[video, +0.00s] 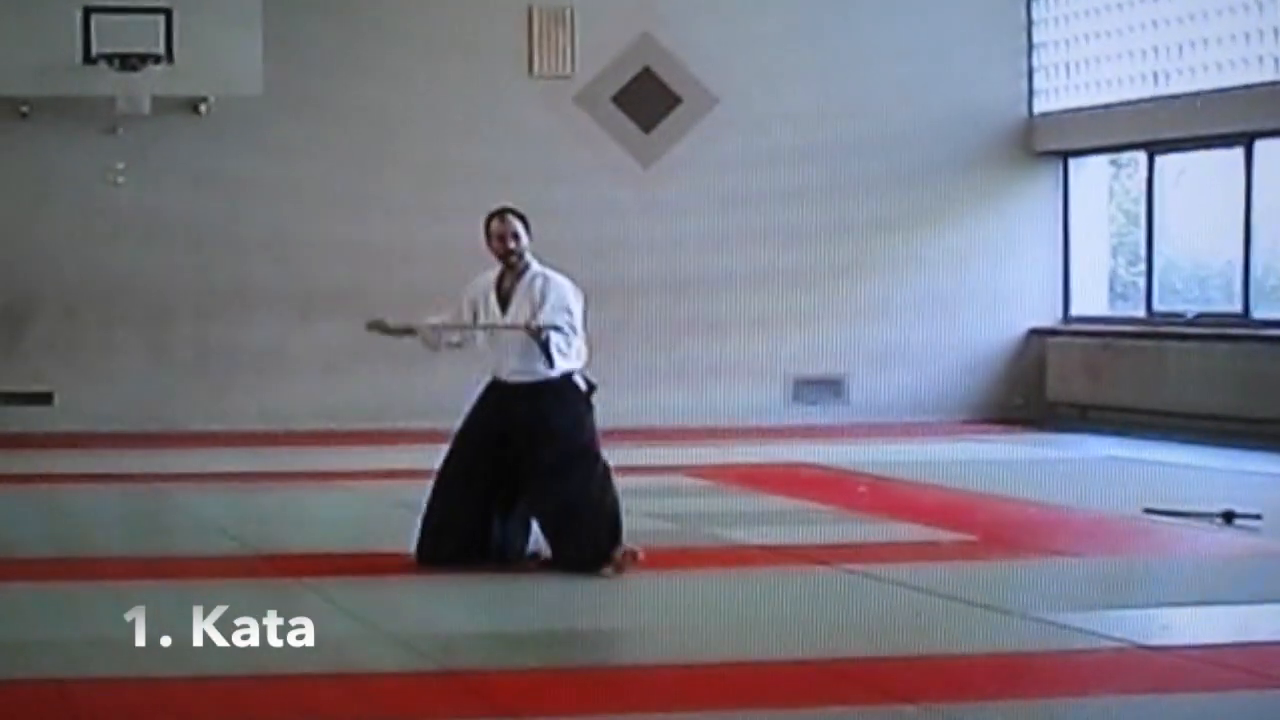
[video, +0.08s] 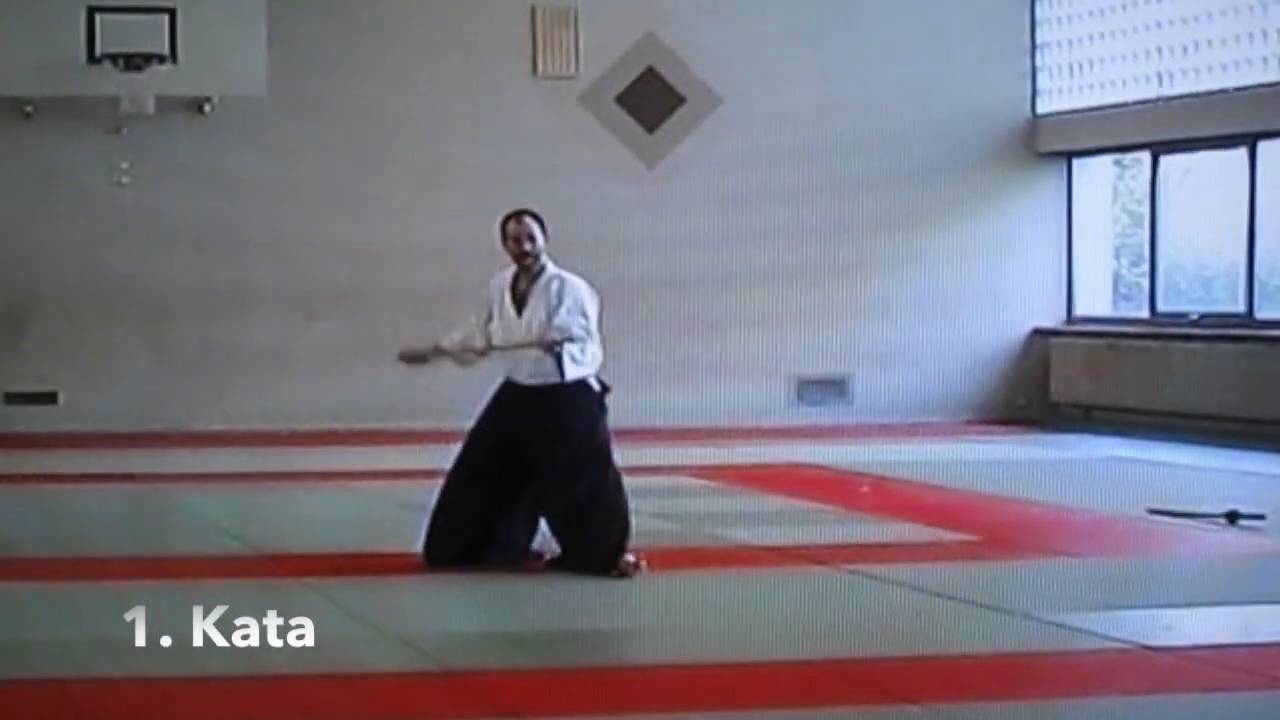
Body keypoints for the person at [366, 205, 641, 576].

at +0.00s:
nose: (509, 245)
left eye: (515, 236)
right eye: (499, 239)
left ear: (528, 238)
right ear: (490, 246)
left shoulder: (556, 289)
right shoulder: (481, 290)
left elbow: (572, 351)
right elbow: (457, 335)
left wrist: (545, 338)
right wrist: (410, 330)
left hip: (553, 395)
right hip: (503, 393)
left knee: (574, 476)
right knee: (471, 470)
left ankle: (602, 551)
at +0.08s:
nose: (524, 247)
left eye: (530, 238)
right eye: (515, 241)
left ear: (544, 241)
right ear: (506, 247)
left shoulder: (571, 289)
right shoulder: (499, 289)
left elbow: (583, 346)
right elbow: (479, 343)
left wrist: (556, 346)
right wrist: (434, 352)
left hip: (566, 398)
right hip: (516, 395)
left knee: (583, 480)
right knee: (483, 470)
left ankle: (604, 555)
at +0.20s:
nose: (555, 246)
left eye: (561, 238)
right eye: (546, 239)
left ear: (574, 241)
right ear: (536, 245)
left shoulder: (600, 288)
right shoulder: (530, 288)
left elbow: (617, 353)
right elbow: (520, 349)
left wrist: (585, 369)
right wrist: (493, 383)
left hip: (600, 399)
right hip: (547, 395)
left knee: (610, 479)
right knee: (509, 472)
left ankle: (617, 557)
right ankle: (478, 559)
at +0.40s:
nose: (592, 235)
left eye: (599, 227)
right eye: (584, 228)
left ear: (611, 230)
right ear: (572, 233)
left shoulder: (633, 279)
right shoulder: (555, 279)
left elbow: (647, 338)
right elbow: (538, 335)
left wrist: (616, 368)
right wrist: (561, 373)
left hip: (621, 385)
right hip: (573, 384)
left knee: (623, 471)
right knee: (558, 468)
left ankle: (626, 557)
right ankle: (541, 551)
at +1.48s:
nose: (555, 235)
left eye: (561, 227)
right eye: (546, 230)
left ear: (575, 230)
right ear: (538, 239)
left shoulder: (600, 280)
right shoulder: (530, 291)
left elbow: (623, 336)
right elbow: (511, 344)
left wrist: (613, 371)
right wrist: (518, 369)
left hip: (597, 391)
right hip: (546, 392)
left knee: (615, 472)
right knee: (511, 466)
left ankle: (635, 560)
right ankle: (504, 547)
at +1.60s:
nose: (534, 235)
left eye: (539, 226)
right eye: (525, 230)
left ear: (554, 227)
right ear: (517, 238)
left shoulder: (577, 276)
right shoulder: (513, 283)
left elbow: (591, 339)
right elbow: (485, 319)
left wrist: (556, 360)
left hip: (571, 387)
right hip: (525, 387)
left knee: (594, 464)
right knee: (484, 456)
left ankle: (627, 553)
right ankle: (492, 552)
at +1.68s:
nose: (524, 235)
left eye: (530, 227)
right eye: (516, 231)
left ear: (545, 229)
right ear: (508, 238)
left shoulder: (568, 276)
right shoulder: (504, 279)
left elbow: (579, 341)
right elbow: (481, 310)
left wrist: (524, 334)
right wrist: (443, 316)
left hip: (564, 386)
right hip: (520, 384)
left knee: (581, 470)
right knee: (478, 462)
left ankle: (618, 555)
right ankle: (485, 553)